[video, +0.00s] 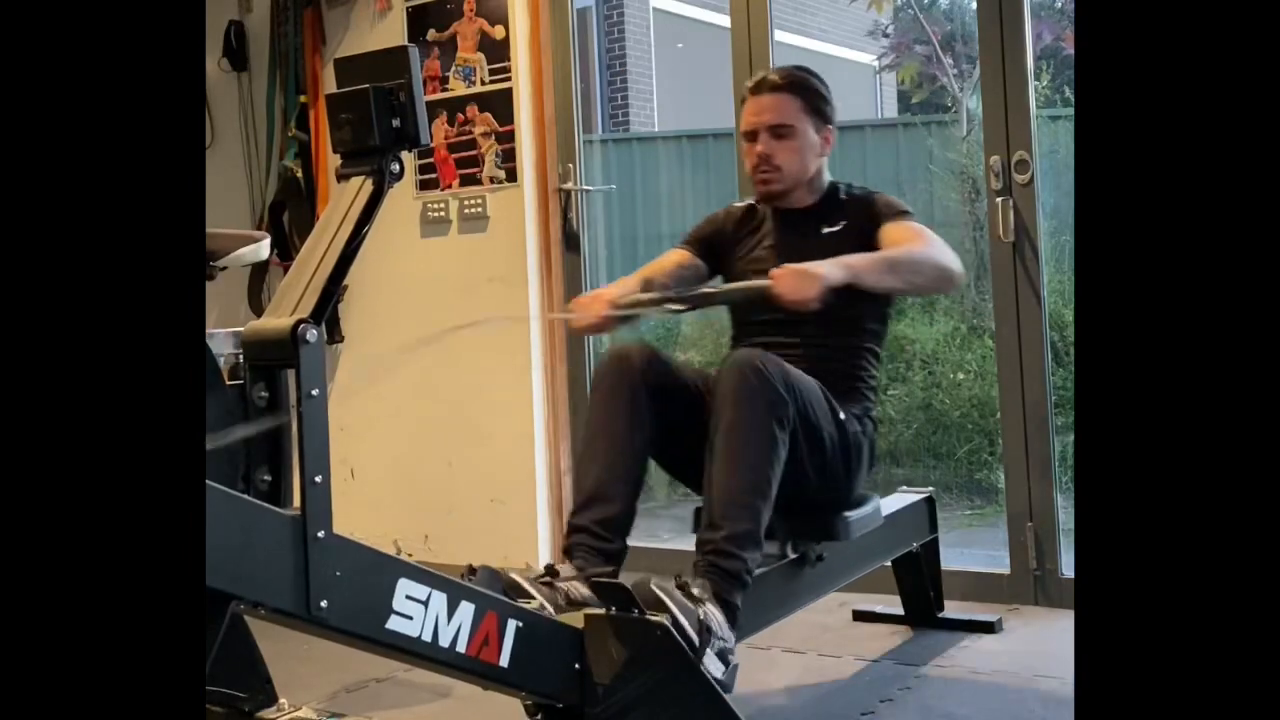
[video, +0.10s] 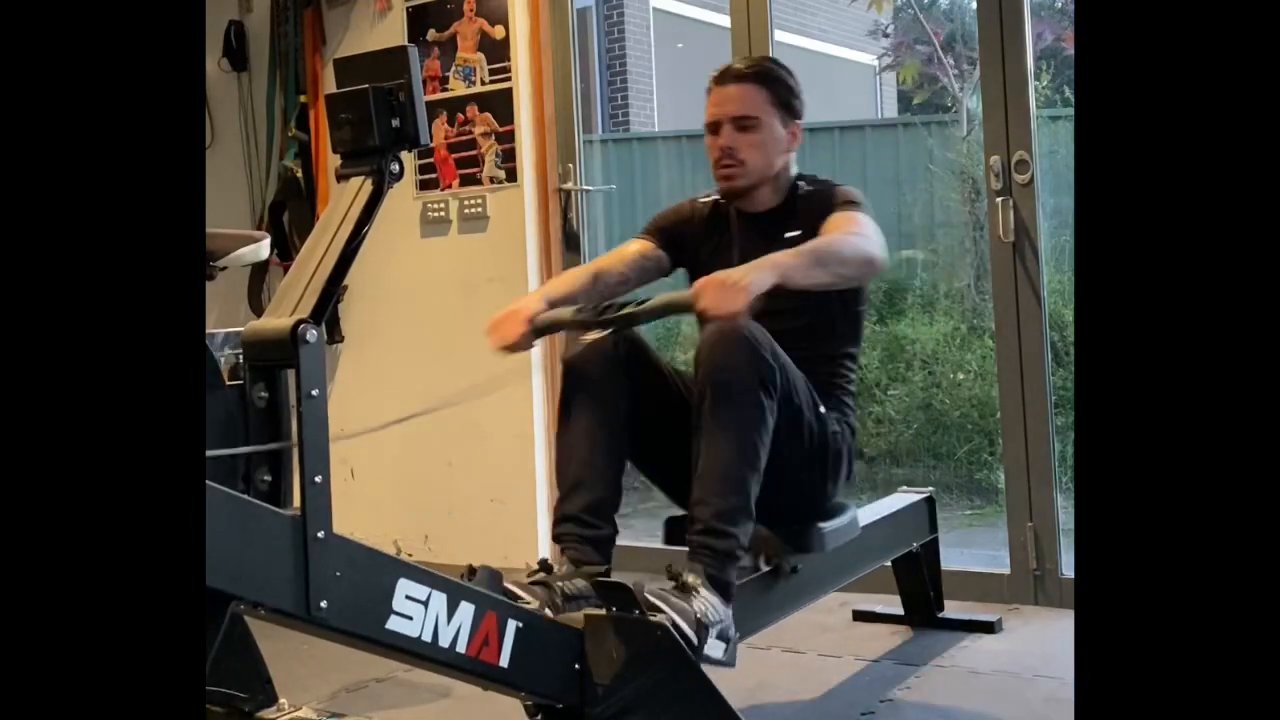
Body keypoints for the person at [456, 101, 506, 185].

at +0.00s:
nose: (467, 115)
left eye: (468, 112)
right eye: (466, 112)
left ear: (475, 110)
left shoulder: (486, 116)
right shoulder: (473, 124)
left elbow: (497, 129)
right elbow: (457, 132)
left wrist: (485, 130)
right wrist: (457, 122)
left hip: (492, 148)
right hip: (485, 151)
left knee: (485, 177)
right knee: (498, 178)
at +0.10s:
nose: (467, 115)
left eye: (468, 112)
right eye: (466, 112)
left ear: (475, 110)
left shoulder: (486, 116)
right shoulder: (472, 124)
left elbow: (497, 129)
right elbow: (458, 132)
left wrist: (485, 130)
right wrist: (457, 122)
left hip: (492, 148)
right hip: (485, 151)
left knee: (485, 177)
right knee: (498, 178)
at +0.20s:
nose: (467, 115)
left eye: (468, 111)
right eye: (466, 112)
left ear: (475, 110)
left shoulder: (486, 116)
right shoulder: (473, 124)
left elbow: (497, 129)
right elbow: (458, 132)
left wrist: (485, 130)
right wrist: (457, 122)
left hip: (492, 148)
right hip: (485, 151)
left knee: (485, 177)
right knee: (498, 178)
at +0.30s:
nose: (467, 115)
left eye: (468, 111)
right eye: (466, 112)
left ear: (475, 109)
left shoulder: (486, 116)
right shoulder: (473, 124)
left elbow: (497, 129)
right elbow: (458, 132)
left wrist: (485, 130)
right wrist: (458, 122)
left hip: (492, 148)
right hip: (485, 151)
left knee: (485, 177)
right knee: (498, 178)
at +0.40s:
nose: (467, 114)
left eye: (468, 111)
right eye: (466, 112)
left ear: (475, 109)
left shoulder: (486, 116)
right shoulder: (473, 124)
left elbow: (497, 129)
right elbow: (458, 132)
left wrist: (484, 130)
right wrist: (458, 122)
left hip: (492, 148)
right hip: (484, 150)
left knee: (485, 177)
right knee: (498, 178)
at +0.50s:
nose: (467, 115)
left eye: (468, 111)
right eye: (466, 112)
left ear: (475, 109)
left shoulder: (486, 116)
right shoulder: (473, 124)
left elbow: (497, 129)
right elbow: (458, 132)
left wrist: (484, 130)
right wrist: (458, 122)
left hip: (492, 148)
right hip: (484, 150)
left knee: (485, 177)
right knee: (498, 178)